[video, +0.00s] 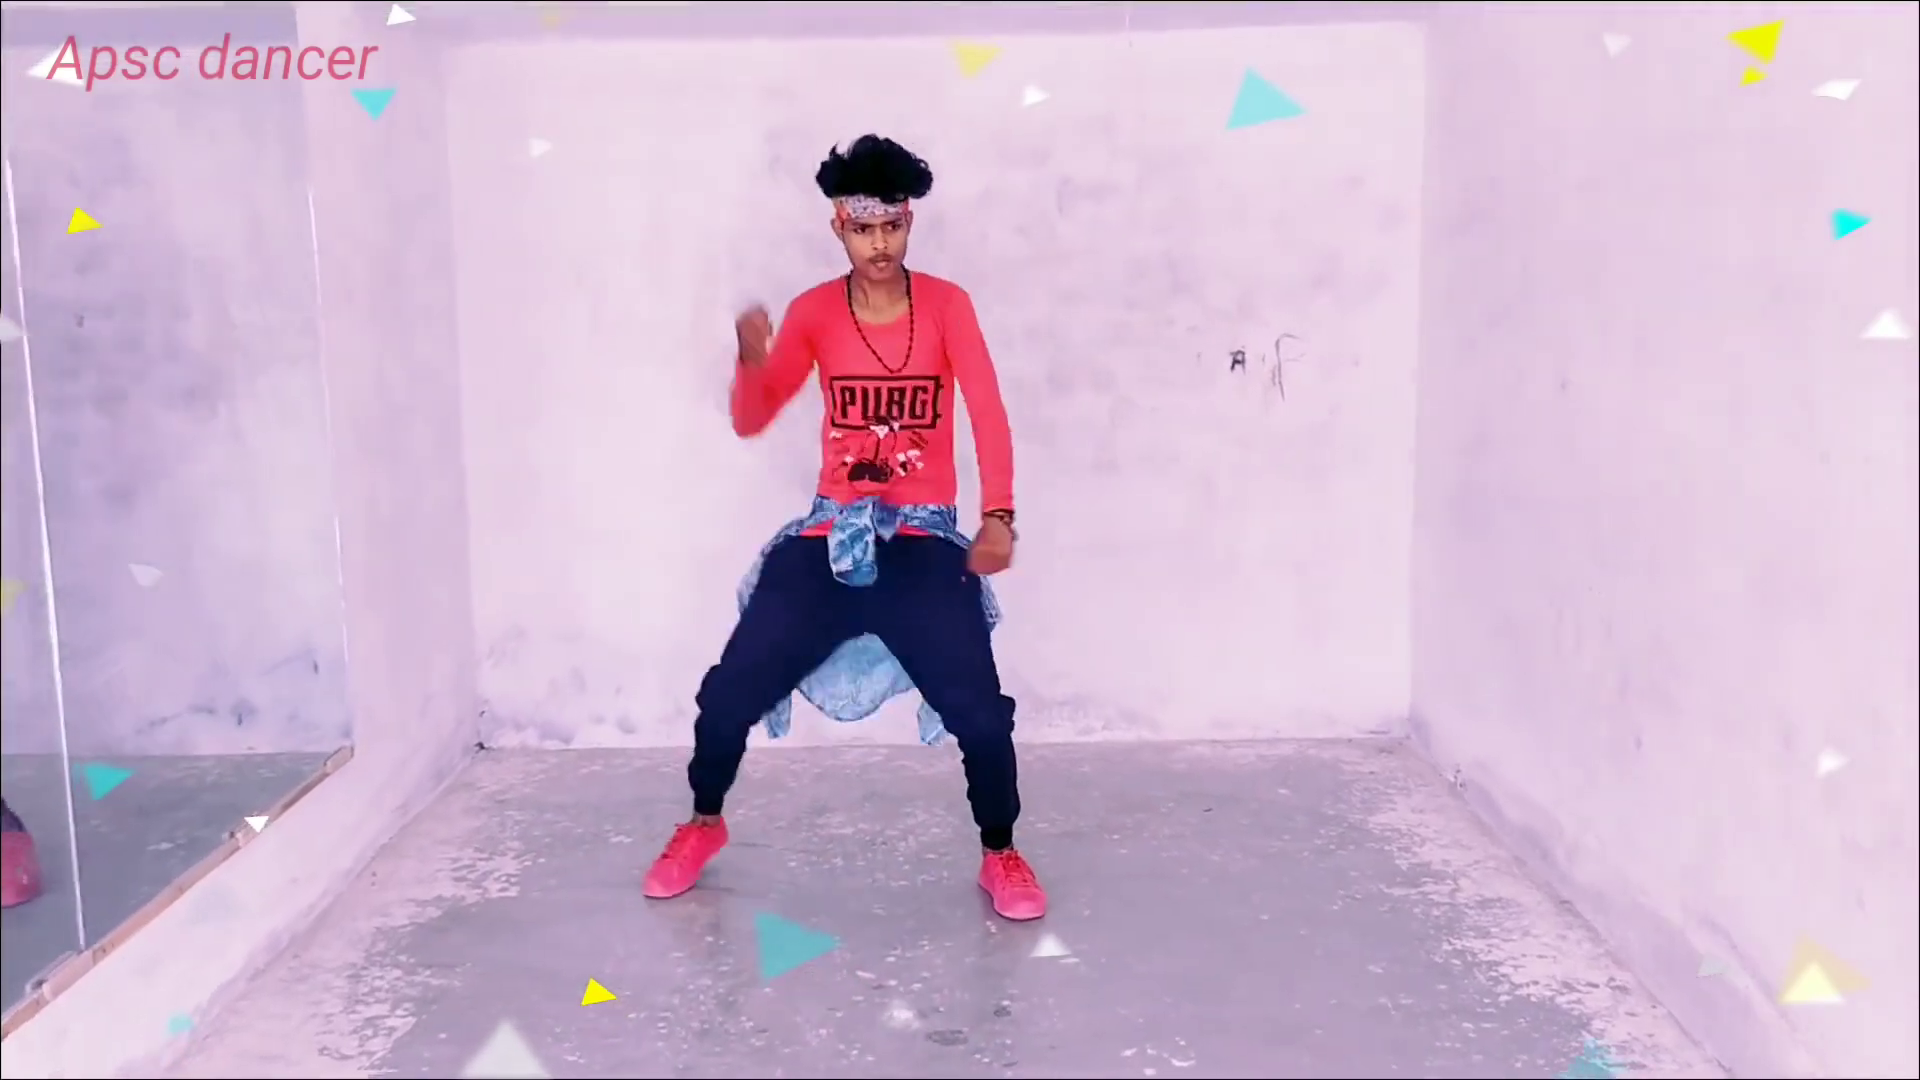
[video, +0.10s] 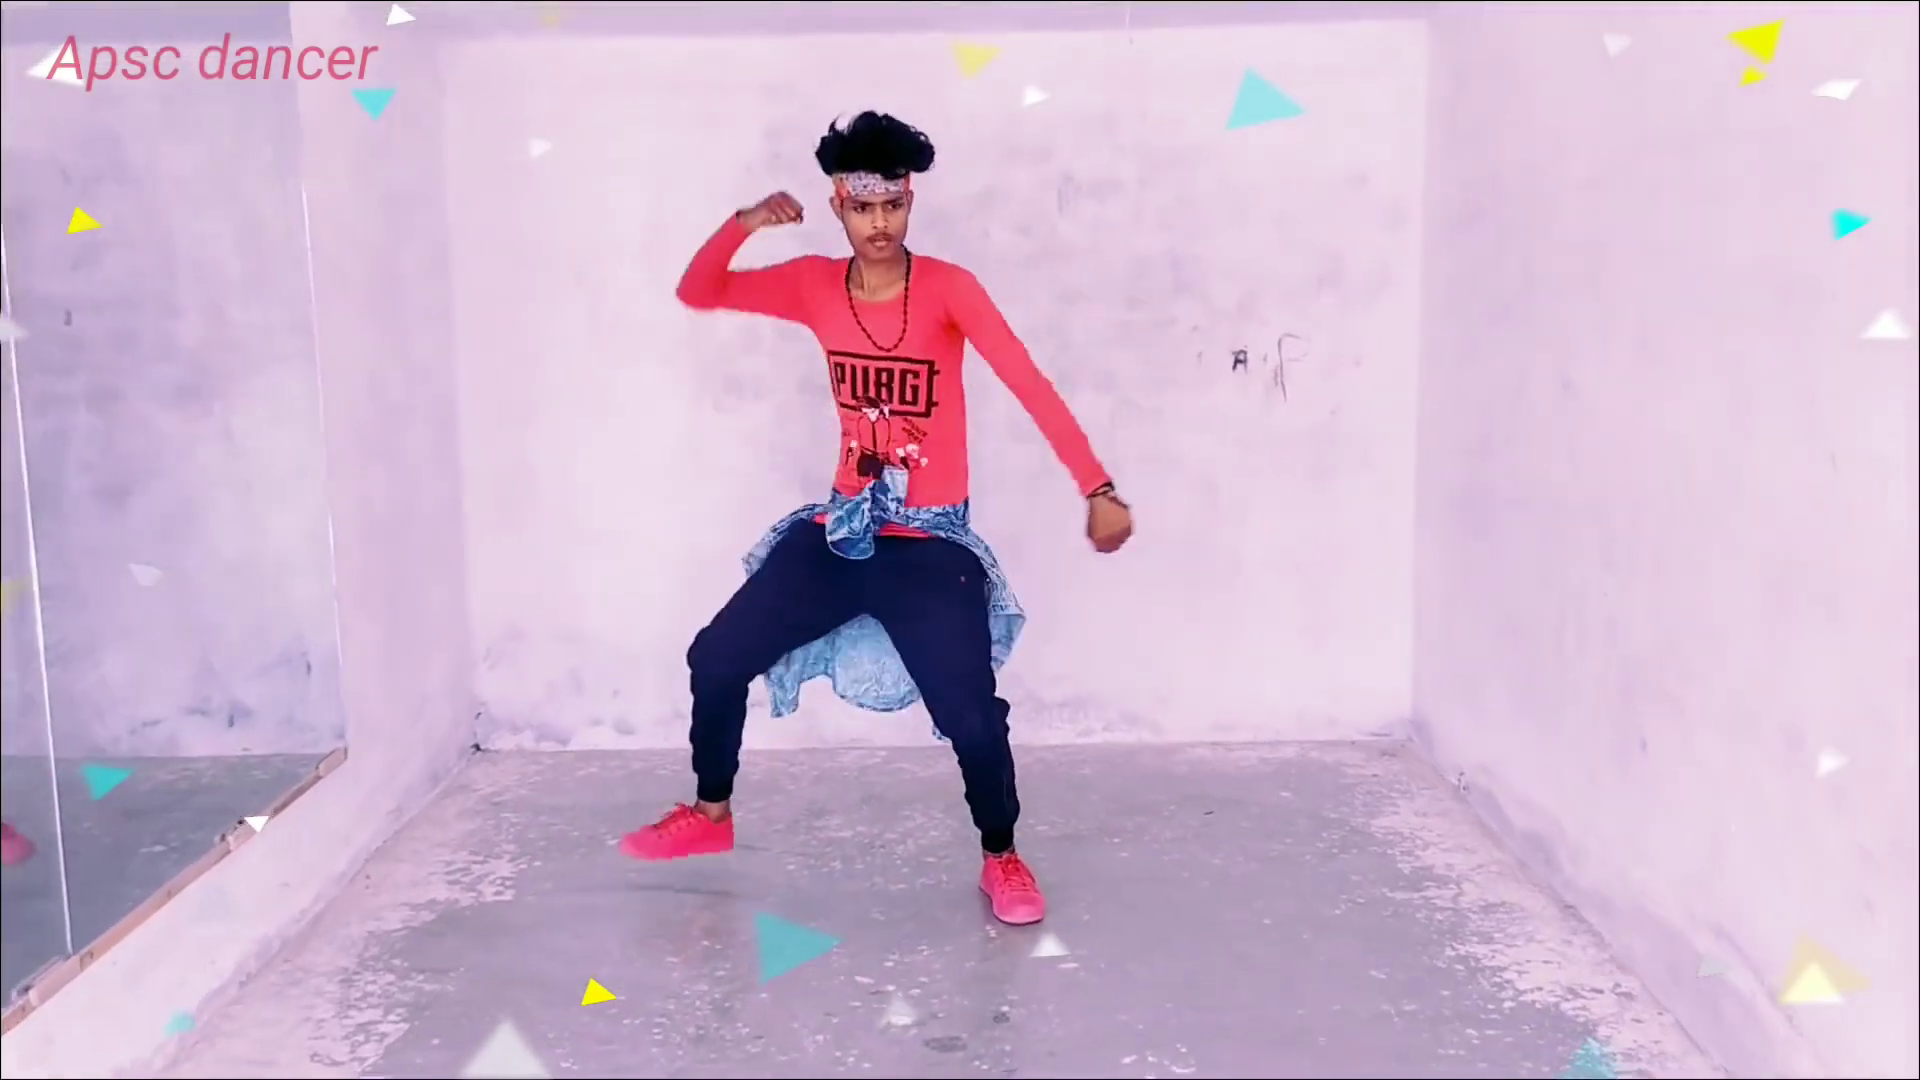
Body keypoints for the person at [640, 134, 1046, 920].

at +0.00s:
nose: (881, 244)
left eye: (893, 226)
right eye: (863, 228)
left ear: (912, 226)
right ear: (839, 230)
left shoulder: (946, 307)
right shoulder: (812, 313)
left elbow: (986, 410)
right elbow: (750, 421)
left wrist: (997, 515)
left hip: (923, 546)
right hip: (826, 543)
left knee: (982, 717)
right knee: (723, 702)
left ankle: (1001, 855)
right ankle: (704, 824)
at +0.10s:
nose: (878, 223)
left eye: (891, 204)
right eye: (860, 205)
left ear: (912, 203)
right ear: (837, 208)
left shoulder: (951, 291)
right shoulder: (813, 284)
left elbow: (1028, 384)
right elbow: (699, 290)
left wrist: (1098, 489)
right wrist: (742, 223)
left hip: (930, 545)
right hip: (837, 536)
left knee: (972, 716)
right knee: (716, 657)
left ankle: (1001, 857)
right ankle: (709, 814)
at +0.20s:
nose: (878, 226)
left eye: (892, 208)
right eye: (861, 209)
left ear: (910, 210)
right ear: (832, 210)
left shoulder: (944, 301)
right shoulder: (816, 283)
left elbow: (1048, 375)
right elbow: (750, 228)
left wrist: (1151, 452)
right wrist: (796, 177)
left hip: (932, 549)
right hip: (841, 543)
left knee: (967, 714)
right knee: (724, 668)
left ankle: (1000, 863)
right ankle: (720, 830)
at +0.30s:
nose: (878, 239)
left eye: (893, 221)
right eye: (861, 222)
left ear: (912, 220)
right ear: (833, 220)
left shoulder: (947, 313)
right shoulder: (815, 293)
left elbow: (1046, 392)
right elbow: (735, 236)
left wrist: (1150, 470)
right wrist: (804, 190)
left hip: (927, 562)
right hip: (834, 556)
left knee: (970, 731)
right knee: (727, 704)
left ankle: (1000, 871)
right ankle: (720, 852)